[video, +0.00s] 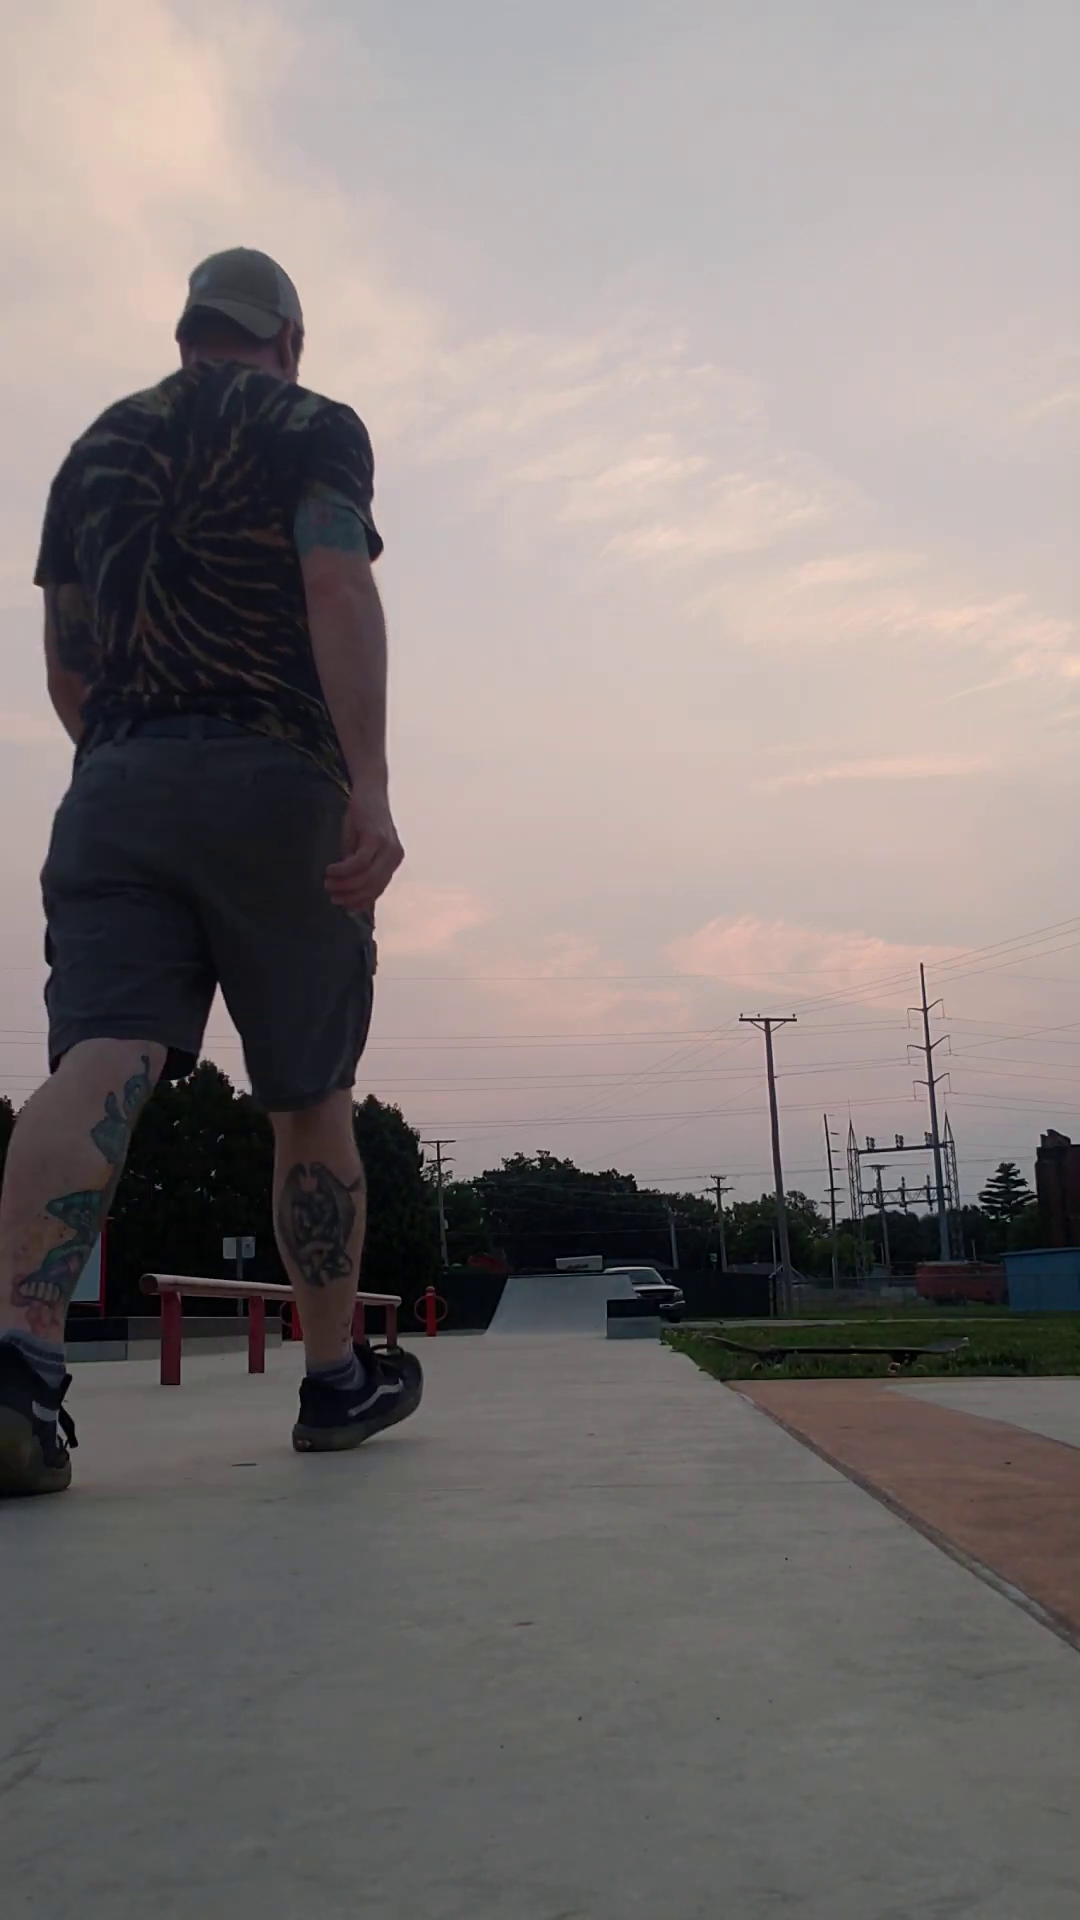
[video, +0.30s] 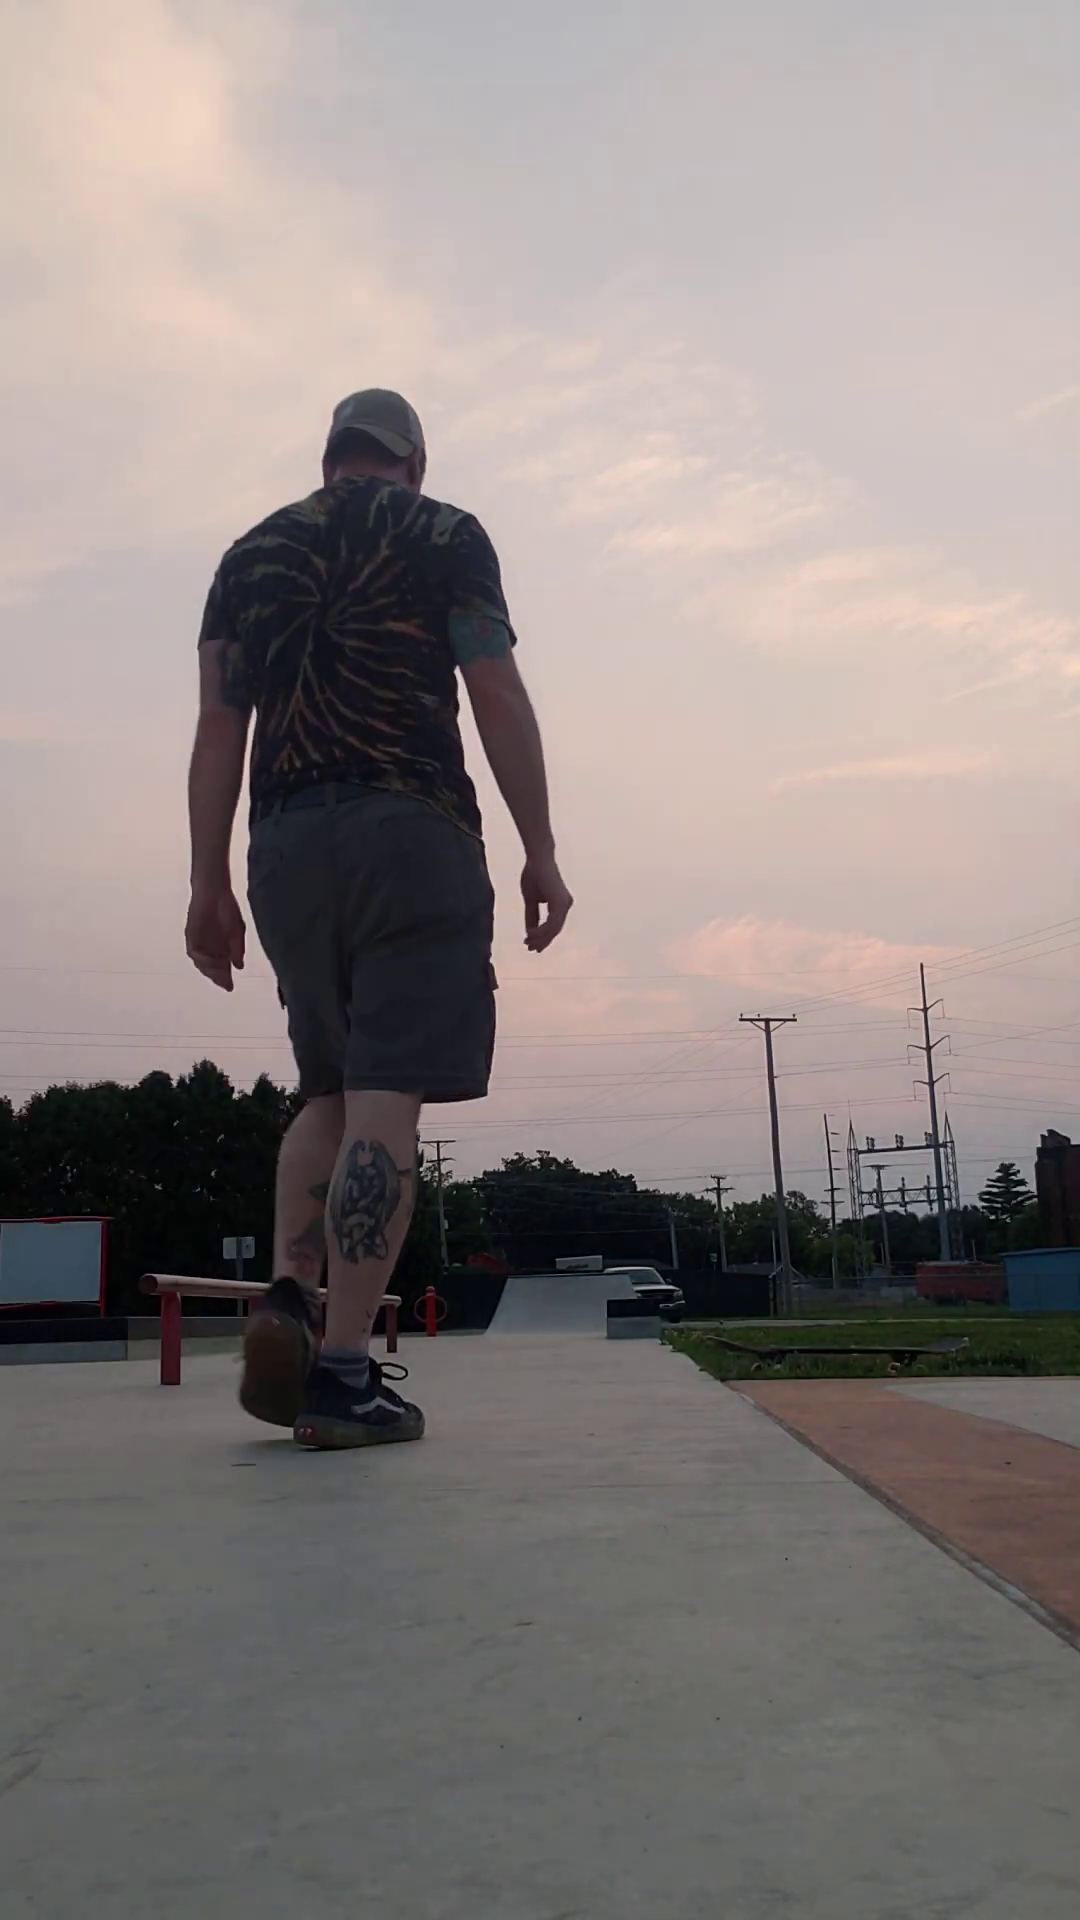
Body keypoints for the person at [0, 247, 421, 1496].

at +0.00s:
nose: (279, 361)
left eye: (255, 343)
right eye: (287, 344)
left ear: (181, 338)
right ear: (287, 343)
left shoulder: (96, 445)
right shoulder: (313, 422)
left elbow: (67, 665)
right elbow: (337, 585)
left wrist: (132, 780)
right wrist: (369, 780)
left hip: (118, 781)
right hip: (280, 779)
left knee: (99, 1062)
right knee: (311, 1097)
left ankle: (24, 1366)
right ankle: (335, 1379)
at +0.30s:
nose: (410, 481)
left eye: (370, 461)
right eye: (418, 466)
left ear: (325, 460)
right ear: (417, 464)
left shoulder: (252, 550)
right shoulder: (445, 532)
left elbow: (219, 730)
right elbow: (496, 696)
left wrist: (208, 883)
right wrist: (539, 844)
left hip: (286, 841)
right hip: (414, 829)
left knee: (325, 1082)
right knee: (386, 1097)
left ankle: (287, 1295)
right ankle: (345, 1369)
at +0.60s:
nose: (464, 609)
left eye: (449, 595)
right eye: (486, 597)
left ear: (424, 602)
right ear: (502, 597)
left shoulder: (372, 687)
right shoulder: (534, 655)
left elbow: (344, 821)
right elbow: (587, 787)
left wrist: (325, 952)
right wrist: (636, 899)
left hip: (406, 933)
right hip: (515, 922)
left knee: (482, 1149)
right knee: (538, 1129)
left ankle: (522, 1359)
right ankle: (442, 1283)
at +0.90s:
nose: (513, 671)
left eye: (501, 661)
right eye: (549, 650)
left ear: (495, 663)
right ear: (563, 647)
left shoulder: (463, 729)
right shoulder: (604, 704)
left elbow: (401, 847)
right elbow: (636, 821)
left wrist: (467, 916)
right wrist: (679, 932)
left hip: (490, 955)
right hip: (591, 949)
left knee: (513, 1150)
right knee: (626, 1150)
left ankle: (528, 1355)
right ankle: (661, 1346)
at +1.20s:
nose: (534, 743)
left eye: (531, 736)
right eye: (536, 735)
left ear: (542, 725)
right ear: (594, 706)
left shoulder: (537, 762)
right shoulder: (677, 757)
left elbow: (483, 781)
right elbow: (729, 865)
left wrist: (554, 790)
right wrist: (751, 960)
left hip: (575, 987)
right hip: (666, 983)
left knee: (583, 1147)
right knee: (668, 1163)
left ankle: (584, 1258)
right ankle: (665, 1353)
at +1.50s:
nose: (568, 775)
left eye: (566, 767)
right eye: (570, 767)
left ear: (576, 759)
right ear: (623, 743)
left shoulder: (572, 789)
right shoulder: (695, 789)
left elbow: (525, 806)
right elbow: (752, 890)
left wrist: (575, 775)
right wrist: (755, 970)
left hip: (604, 1007)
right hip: (688, 1000)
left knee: (632, 1183)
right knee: (681, 1175)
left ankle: (658, 1333)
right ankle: (668, 1340)